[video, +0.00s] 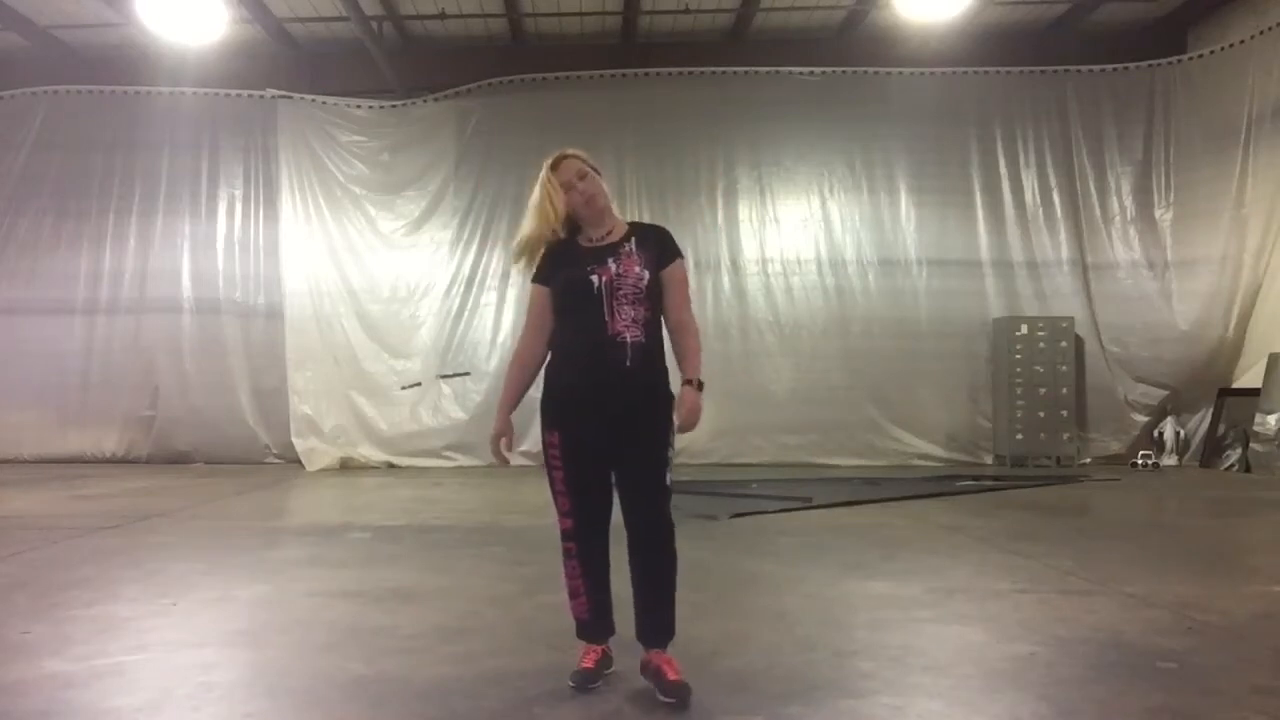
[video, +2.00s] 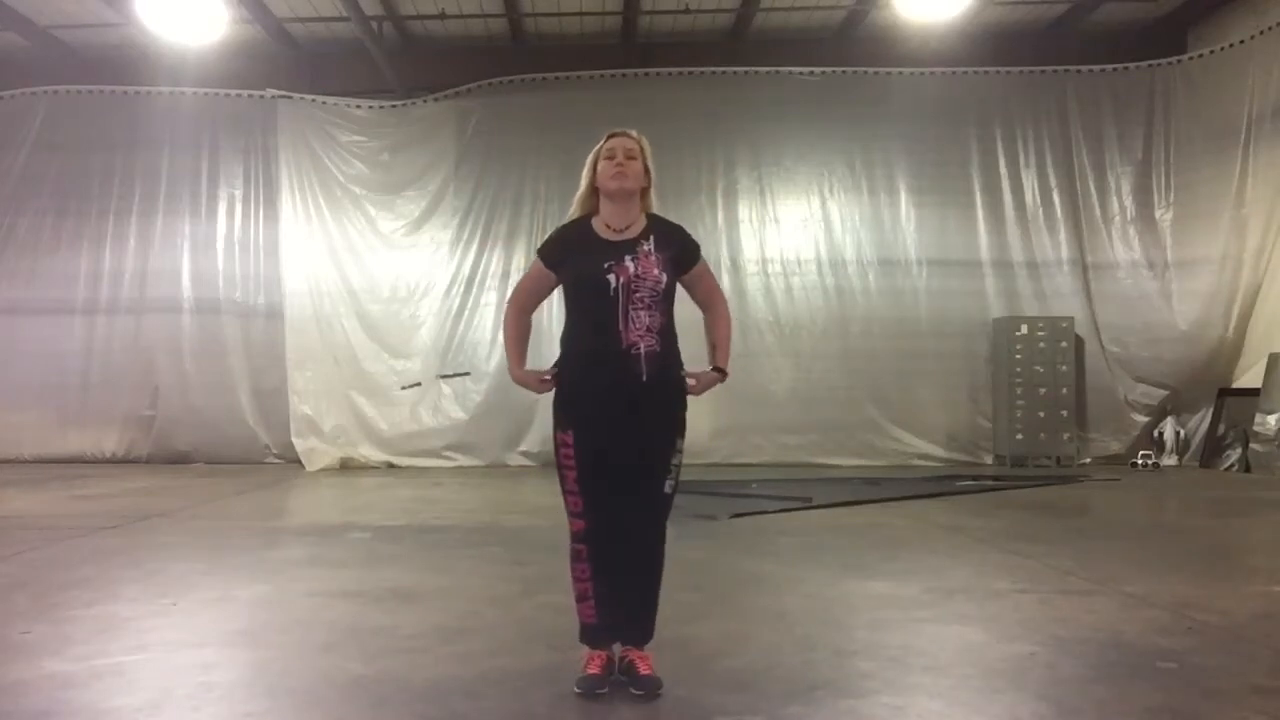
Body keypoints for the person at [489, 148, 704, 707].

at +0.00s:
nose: (582, 187)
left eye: (585, 175)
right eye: (569, 186)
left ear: (604, 178)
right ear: (561, 205)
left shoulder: (653, 241)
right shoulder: (556, 258)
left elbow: (680, 319)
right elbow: (534, 339)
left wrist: (693, 383)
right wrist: (505, 409)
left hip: (642, 410)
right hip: (572, 415)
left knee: (652, 528)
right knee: (582, 531)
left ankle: (657, 650)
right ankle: (594, 644)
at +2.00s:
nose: (619, 163)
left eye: (629, 156)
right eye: (609, 156)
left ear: (646, 173)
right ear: (594, 173)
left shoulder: (671, 240)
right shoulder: (569, 241)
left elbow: (713, 303)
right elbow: (520, 304)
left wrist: (720, 367)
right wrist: (517, 370)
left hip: (656, 403)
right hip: (585, 402)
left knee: (645, 524)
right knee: (589, 527)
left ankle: (634, 648)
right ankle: (597, 649)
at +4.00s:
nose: (632, 181)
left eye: (644, 173)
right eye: (622, 171)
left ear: (658, 183)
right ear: (606, 179)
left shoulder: (682, 247)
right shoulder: (583, 248)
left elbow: (706, 327)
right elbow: (548, 330)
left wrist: (728, 399)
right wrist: (529, 402)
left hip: (669, 410)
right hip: (600, 409)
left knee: (653, 527)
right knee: (601, 528)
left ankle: (635, 648)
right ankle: (599, 649)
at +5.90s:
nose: (636, 165)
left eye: (647, 159)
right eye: (627, 159)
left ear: (665, 176)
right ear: (613, 176)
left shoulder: (693, 246)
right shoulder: (589, 246)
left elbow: (714, 330)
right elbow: (562, 333)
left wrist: (737, 406)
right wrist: (542, 408)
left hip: (674, 412)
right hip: (605, 411)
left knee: (656, 528)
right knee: (604, 528)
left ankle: (636, 648)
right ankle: (599, 649)